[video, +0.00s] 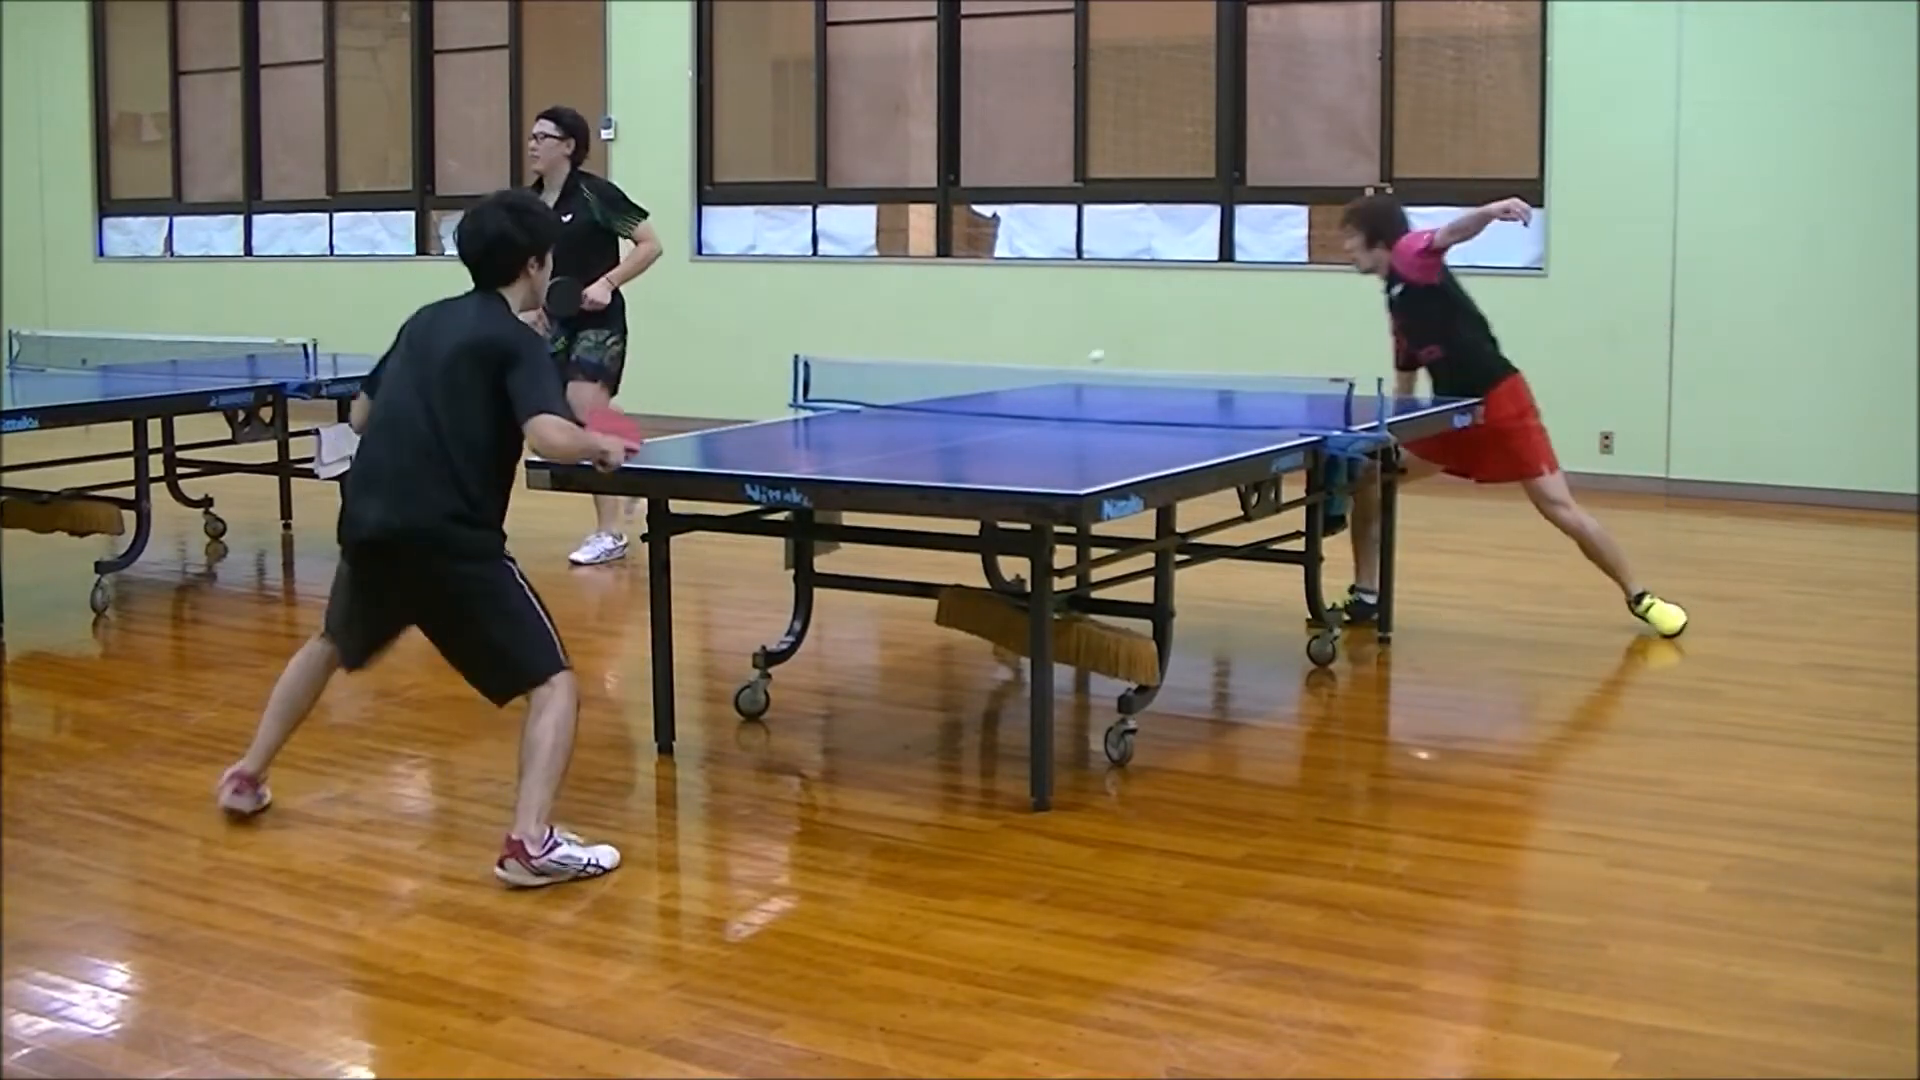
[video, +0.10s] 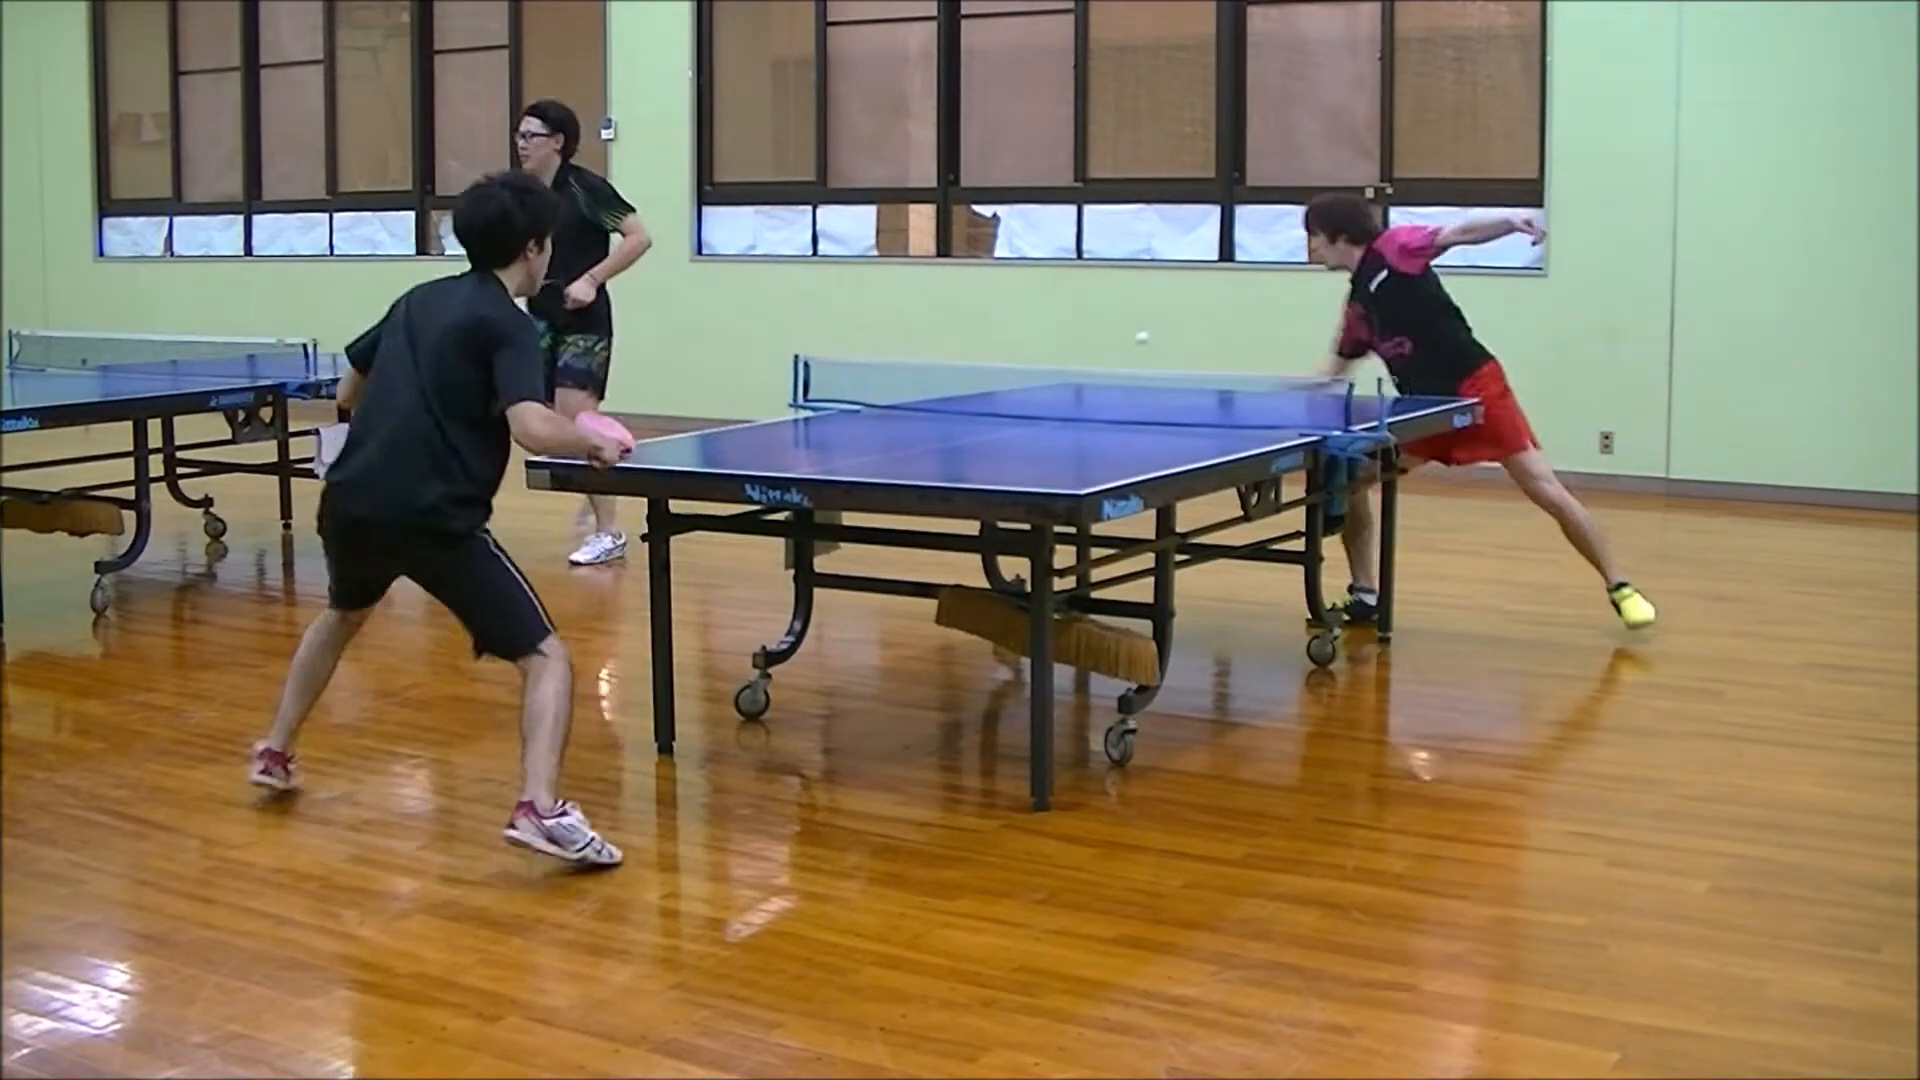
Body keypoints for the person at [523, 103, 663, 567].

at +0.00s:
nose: (532, 145)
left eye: (542, 138)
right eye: (531, 137)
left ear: (569, 146)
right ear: (535, 145)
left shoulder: (596, 192)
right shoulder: (532, 197)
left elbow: (650, 244)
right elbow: (516, 255)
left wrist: (608, 283)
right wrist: (525, 304)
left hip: (597, 316)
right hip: (550, 317)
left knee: (584, 407)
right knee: (567, 418)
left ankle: (611, 530)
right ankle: (620, 511)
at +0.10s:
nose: (522, 144)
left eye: (533, 137)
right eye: (520, 136)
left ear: (560, 142)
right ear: (519, 139)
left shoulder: (585, 186)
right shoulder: (521, 188)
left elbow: (639, 237)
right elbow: (506, 243)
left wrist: (592, 279)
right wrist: (512, 288)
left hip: (584, 319)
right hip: (540, 317)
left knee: (573, 420)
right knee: (553, 423)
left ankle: (609, 532)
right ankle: (601, 521)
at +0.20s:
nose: (507, 142)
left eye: (516, 134)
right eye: (505, 134)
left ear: (546, 136)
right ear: (507, 138)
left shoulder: (569, 178)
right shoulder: (514, 186)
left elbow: (615, 228)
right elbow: (517, 242)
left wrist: (562, 269)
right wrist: (506, 283)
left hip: (569, 326)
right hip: (522, 322)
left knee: (571, 423)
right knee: (503, 428)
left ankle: (607, 531)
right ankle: (544, 513)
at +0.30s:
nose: (484, 141)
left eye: (493, 133)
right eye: (482, 133)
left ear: (524, 134)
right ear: (492, 138)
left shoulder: (553, 178)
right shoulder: (492, 189)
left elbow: (582, 233)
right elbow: (480, 246)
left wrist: (529, 269)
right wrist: (486, 277)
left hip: (554, 334)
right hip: (500, 333)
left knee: (567, 432)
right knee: (481, 435)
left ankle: (607, 529)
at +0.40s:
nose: (456, 147)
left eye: (465, 138)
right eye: (454, 139)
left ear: (496, 140)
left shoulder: (532, 189)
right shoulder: (464, 197)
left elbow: (555, 247)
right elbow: (449, 253)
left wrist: (491, 254)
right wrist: (424, 287)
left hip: (535, 337)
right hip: (480, 339)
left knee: (558, 432)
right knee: (468, 439)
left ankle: (603, 528)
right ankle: (441, 538)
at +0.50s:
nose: (421, 154)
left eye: (430, 144)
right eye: (419, 145)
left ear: (460, 149)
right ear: (436, 153)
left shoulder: (500, 198)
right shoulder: (431, 204)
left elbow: (530, 265)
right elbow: (414, 261)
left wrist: (461, 290)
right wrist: (386, 301)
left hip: (504, 337)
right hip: (455, 336)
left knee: (545, 430)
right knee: (427, 427)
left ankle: (598, 520)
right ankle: (398, 542)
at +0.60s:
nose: (381, 160)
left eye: (390, 150)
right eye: (381, 151)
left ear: (421, 155)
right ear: (401, 158)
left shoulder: (465, 201)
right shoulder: (398, 220)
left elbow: (507, 261)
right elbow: (374, 283)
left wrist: (446, 296)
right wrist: (348, 326)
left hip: (485, 347)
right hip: (432, 344)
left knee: (515, 436)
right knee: (393, 433)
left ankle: (581, 504)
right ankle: (393, 546)